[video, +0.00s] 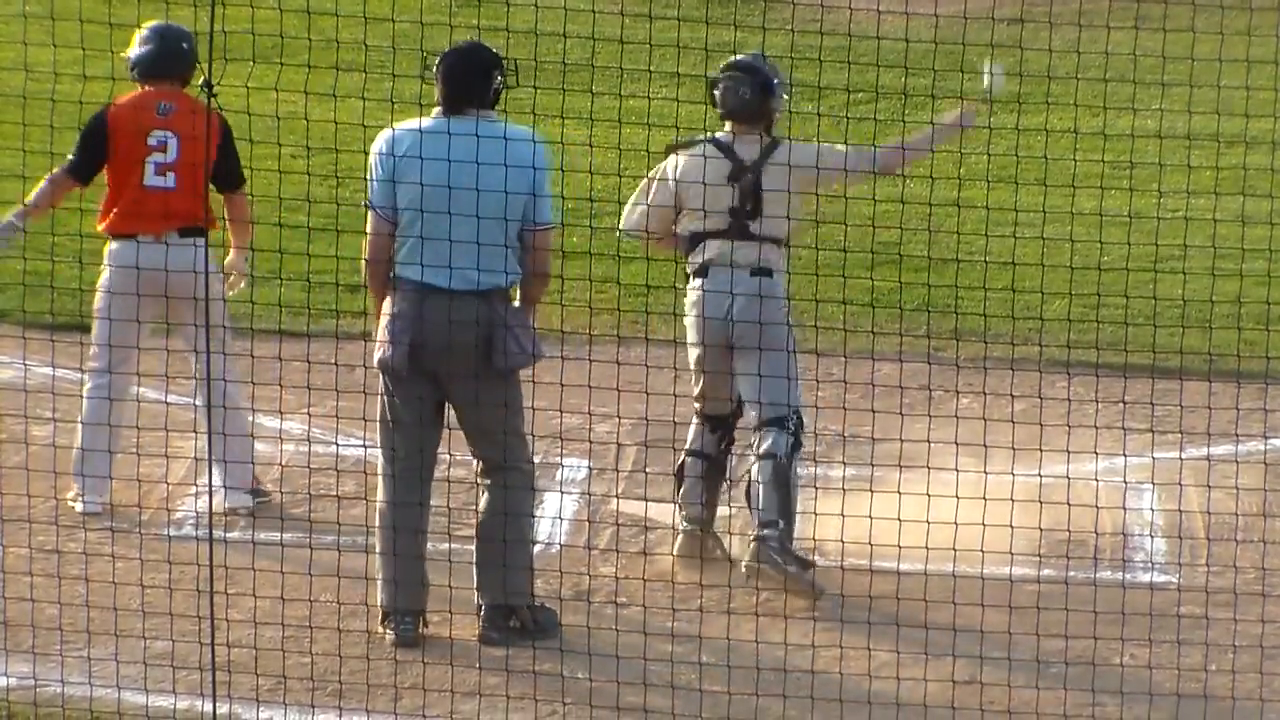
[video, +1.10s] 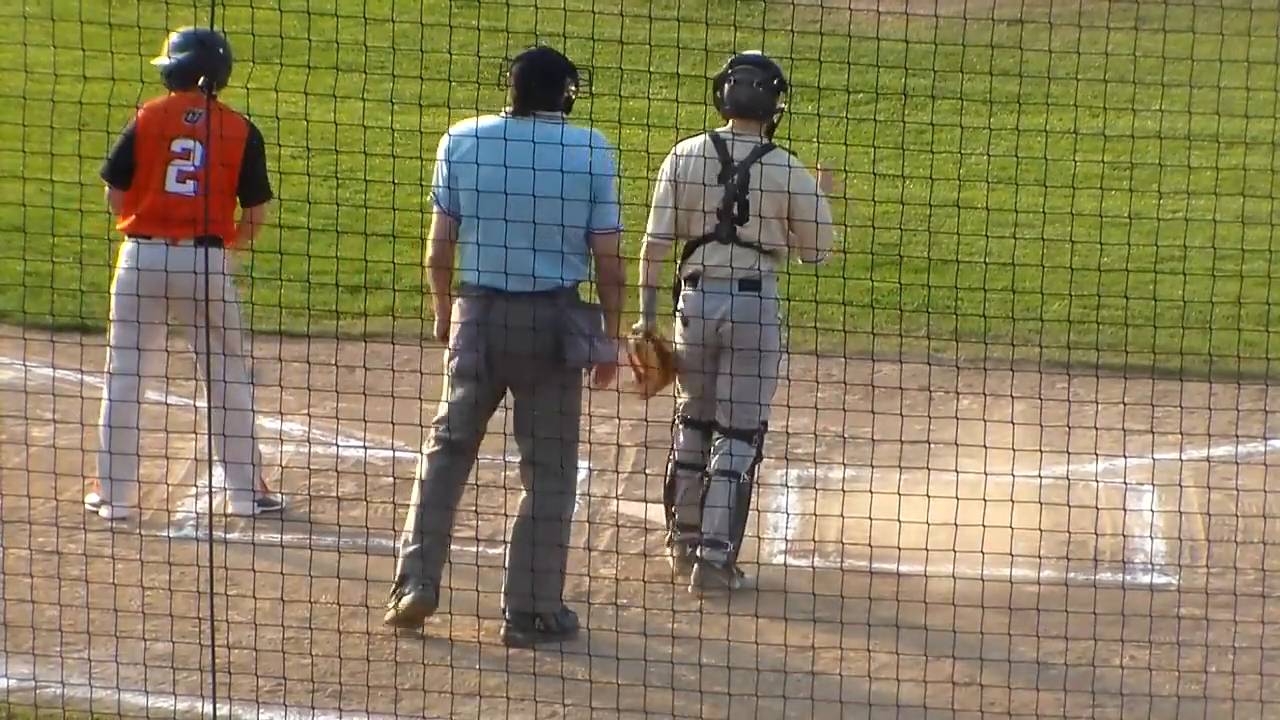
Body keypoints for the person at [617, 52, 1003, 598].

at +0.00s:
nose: (778, 107)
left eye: (773, 99)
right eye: (776, 100)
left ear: (721, 106)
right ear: (771, 107)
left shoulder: (685, 161)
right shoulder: (791, 158)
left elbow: (645, 229)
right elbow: (883, 161)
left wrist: (693, 241)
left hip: (706, 291)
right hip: (764, 293)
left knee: (712, 415)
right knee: (777, 418)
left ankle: (693, 528)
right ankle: (772, 540)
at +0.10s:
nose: (757, 101)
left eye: (708, 95)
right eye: (754, 94)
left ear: (700, 102)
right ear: (754, 101)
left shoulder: (675, 165)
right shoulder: (788, 154)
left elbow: (655, 242)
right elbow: (817, 147)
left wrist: (706, 233)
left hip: (706, 288)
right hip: (764, 290)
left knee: (713, 414)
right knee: (777, 415)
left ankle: (694, 529)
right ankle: (760, 536)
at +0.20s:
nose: (703, 103)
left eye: (696, 95)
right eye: (738, 95)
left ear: (692, 103)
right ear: (743, 101)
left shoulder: (672, 166)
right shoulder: (772, 153)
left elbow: (657, 243)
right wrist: (675, 161)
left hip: (709, 287)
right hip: (769, 285)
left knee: (710, 413)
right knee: (775, 412)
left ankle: (695, 526)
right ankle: (760, 529)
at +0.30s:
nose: (732, 102)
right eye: (735, 93)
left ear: (685, 99)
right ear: (738, 98)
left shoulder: (665, 164)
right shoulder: (765, 150)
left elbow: (657, 246)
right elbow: (725, 204)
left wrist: (633, 203)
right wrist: (644, 193)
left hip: (706, 286)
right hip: (768, 284)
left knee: (709, 412)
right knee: (777, 410)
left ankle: (693, 528)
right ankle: (766, 520)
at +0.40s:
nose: (738, 97)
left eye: (692, 88)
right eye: (736, 90)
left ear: (683, 93)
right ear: (735, 94)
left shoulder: (657, 162)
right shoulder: (762, 146)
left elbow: (653, 247)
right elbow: (752, 219)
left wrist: (677, 286)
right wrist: (687, 275)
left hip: (702, 285)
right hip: (762, 281)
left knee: (705, 410)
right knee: (780, 406)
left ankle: (692, 526)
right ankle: (767, 518)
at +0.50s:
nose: (739, 94)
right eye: (737, 87)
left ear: (683, 90)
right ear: (735, 92)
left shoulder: (654, 158)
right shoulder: (762, 147)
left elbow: (640, 249)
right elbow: (769, 221)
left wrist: (643, 318)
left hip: (696, 291)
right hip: (758, 286)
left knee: (701, 410)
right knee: (780, 409)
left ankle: (691, 526)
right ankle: (757, 523)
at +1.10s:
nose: (775, 108)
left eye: (770, 99)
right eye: (775, 101)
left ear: (721, 100)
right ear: (773, 106)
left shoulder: (684, 156)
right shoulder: (787, 169)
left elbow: (654, 244)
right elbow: (816, 250)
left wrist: (648, 315)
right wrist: (820, 194)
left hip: (695, 304)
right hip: (755, 309)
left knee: (694, 419)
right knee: (740, 434)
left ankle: (683, 537)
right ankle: (714, 556)